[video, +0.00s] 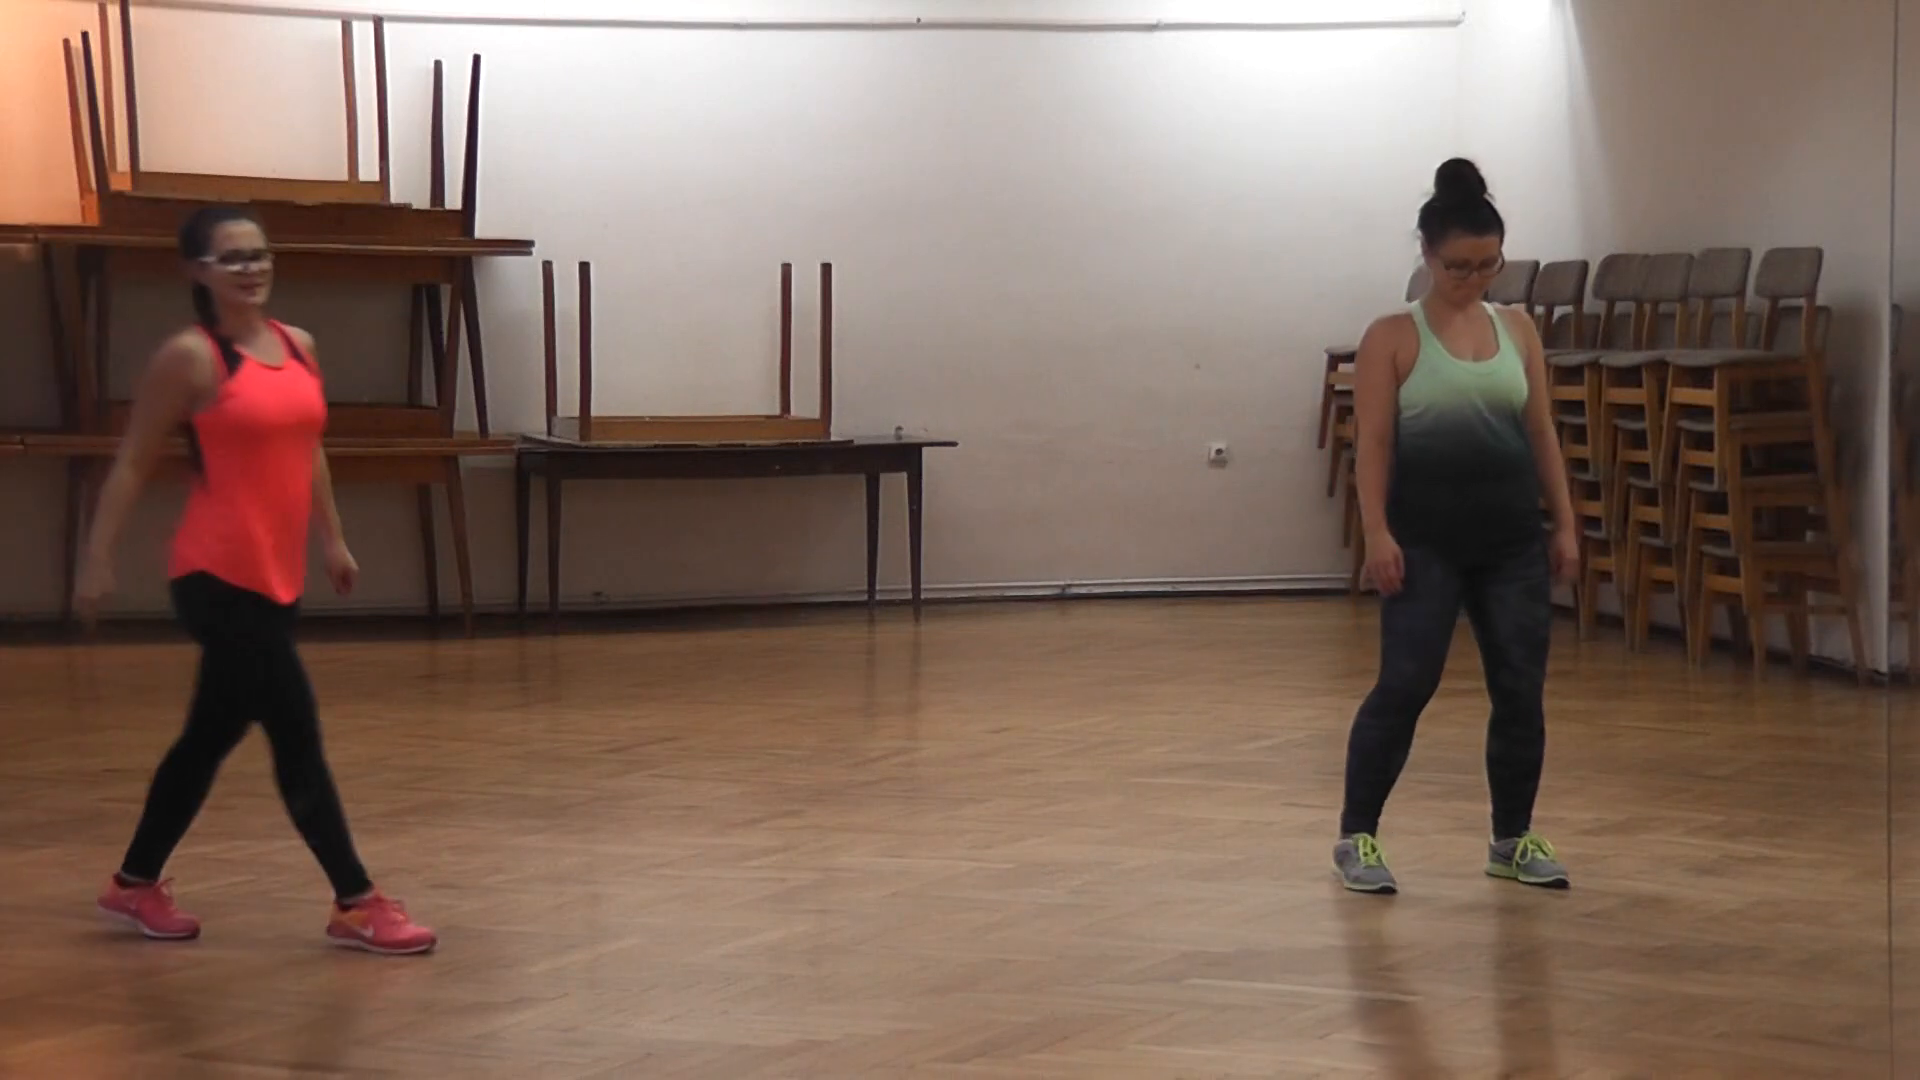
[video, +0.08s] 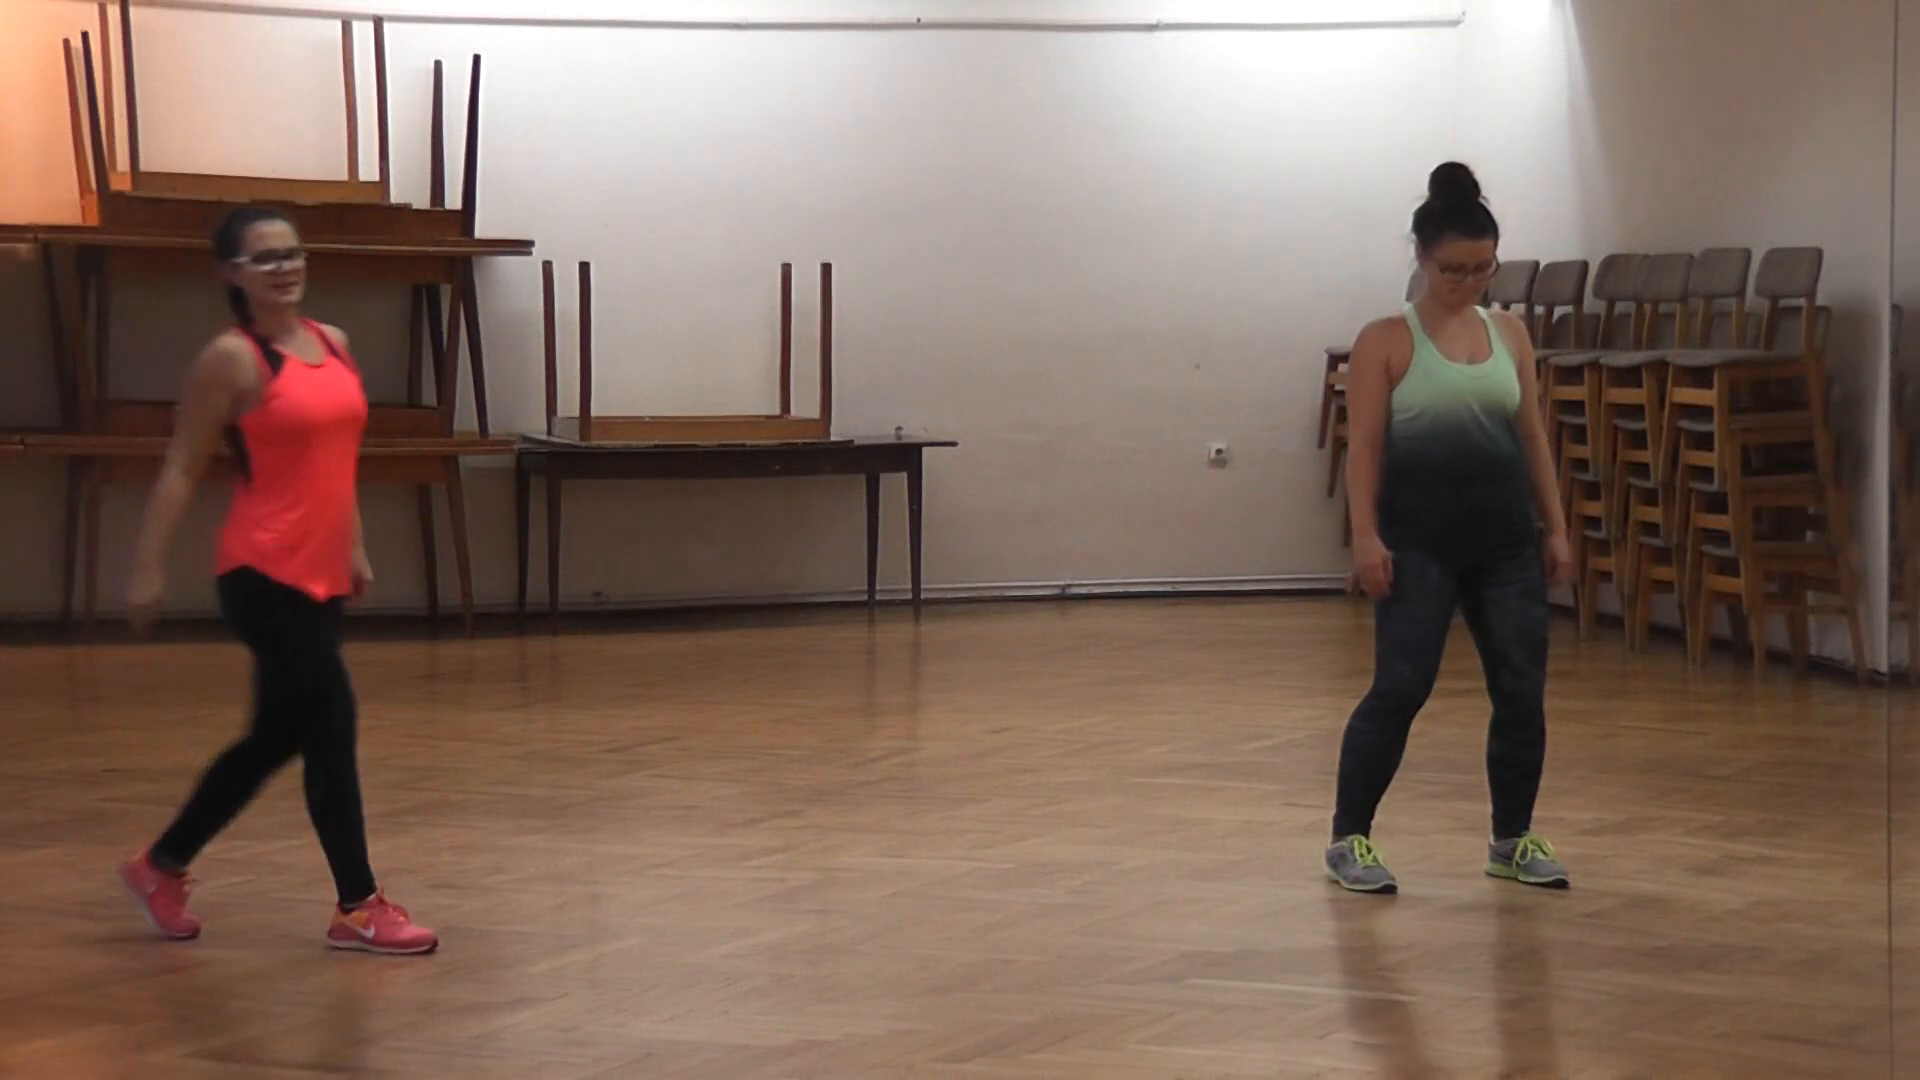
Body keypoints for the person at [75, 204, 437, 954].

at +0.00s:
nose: (252, 269)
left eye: (260, 256)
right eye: (233, 258)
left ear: (273, 264)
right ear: (199, 271)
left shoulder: (296, 346)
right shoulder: (188, 355)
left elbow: (307, 448)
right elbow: (134, 460)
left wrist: (332, 538)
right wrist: (98, 556)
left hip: (275, 579)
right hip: (217, 575)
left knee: (208, 738)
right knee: (293, 721)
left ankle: (134, 882)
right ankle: (356, 900)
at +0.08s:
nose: (285, 268)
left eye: (293, 255)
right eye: (266, 259)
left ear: (306, 263)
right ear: (233, 273)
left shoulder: (330, 341)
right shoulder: (229, 359)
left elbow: (335, 459)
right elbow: (182, 468)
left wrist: (353, 546)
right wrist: (148, 568)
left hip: (320, 577)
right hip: (261, 574)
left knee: (275, 737)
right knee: (331, 716)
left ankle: (161, 865)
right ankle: (359, 906)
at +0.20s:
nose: (336, 262)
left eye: (344, 249)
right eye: (316, 253)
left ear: (358, 257)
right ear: (284, 269)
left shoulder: (378, 336)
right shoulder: (283, 350)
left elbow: (377, 457)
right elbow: (252, 460)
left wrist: (399, 545)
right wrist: (254, 561)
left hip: (383, 570)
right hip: (318, 570)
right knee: (366, 734)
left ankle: (272, 831)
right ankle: (359, 907)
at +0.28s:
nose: (368, 260)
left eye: (377, 246)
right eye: (350, 250)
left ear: (391, 255)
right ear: (315, 264)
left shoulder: (410, 338)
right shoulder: (314, 344)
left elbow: (414, 460)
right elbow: (281, 455)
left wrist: (443, 543)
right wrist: (327, 531)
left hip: (416, 568)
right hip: (348, 570)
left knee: (468, 715)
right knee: (377, 728)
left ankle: (375, 842)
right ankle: (359, 904)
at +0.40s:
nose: (418, 253)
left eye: (426, 240)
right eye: (399, 243)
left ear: (440, 249)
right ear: (364, 256)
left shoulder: (459, 331)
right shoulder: (354, 338)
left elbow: (468, 447)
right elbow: (321, 446)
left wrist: (506, 535)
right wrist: (394, 492)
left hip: (466, 565)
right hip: (387, 567)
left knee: (524, 708)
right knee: (393, 725)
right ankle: (363, 901)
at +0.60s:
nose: (494, 253)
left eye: (503, 241)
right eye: (477, 243)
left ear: (518, 249)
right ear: (442, 256)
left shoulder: (551, 340)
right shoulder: (420, 345)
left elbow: (575, 445)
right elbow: (399, 450)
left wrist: (597, 542)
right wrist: (422, 534)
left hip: (557, 568)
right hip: (463, 573)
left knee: (584, 733)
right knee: (445, 734)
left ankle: (609, 890)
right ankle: (403, 890)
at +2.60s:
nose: (513, 265)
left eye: (523, 252)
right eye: (497, 253)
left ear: (535, 262)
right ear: (461, 264)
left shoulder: (559, 353)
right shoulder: (434, 356)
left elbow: (577, 470)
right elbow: (411, 471)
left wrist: (598, 573)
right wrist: (402, 570)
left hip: (550, 579)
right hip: (455, 580)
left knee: (574, 744)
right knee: (430, 745)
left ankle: (618, 891)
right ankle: (402, 903)